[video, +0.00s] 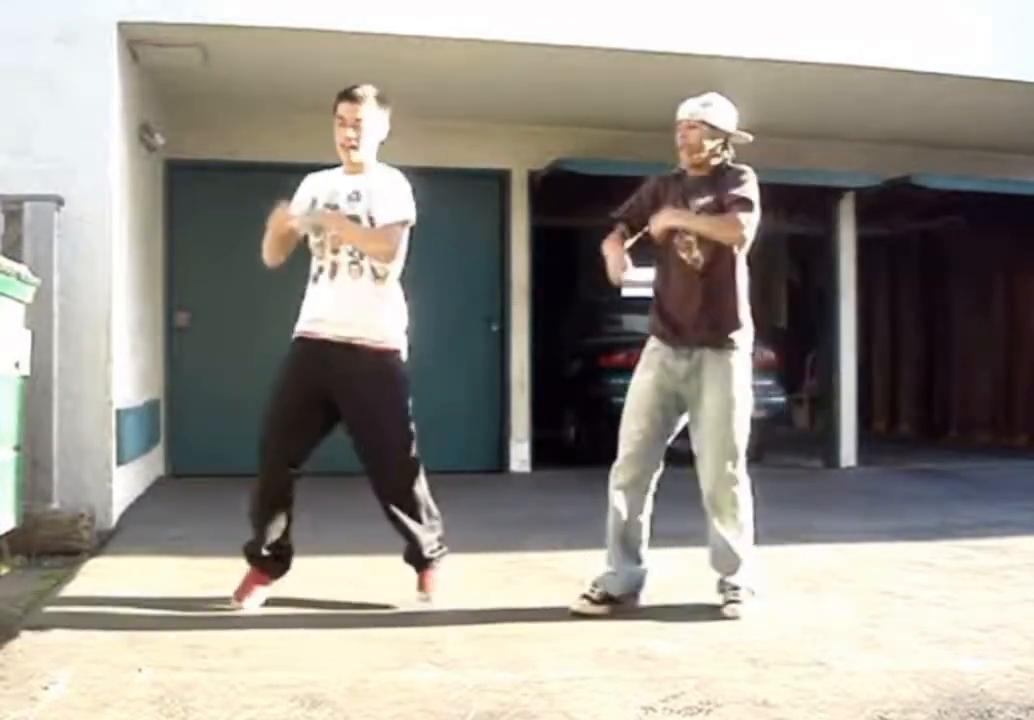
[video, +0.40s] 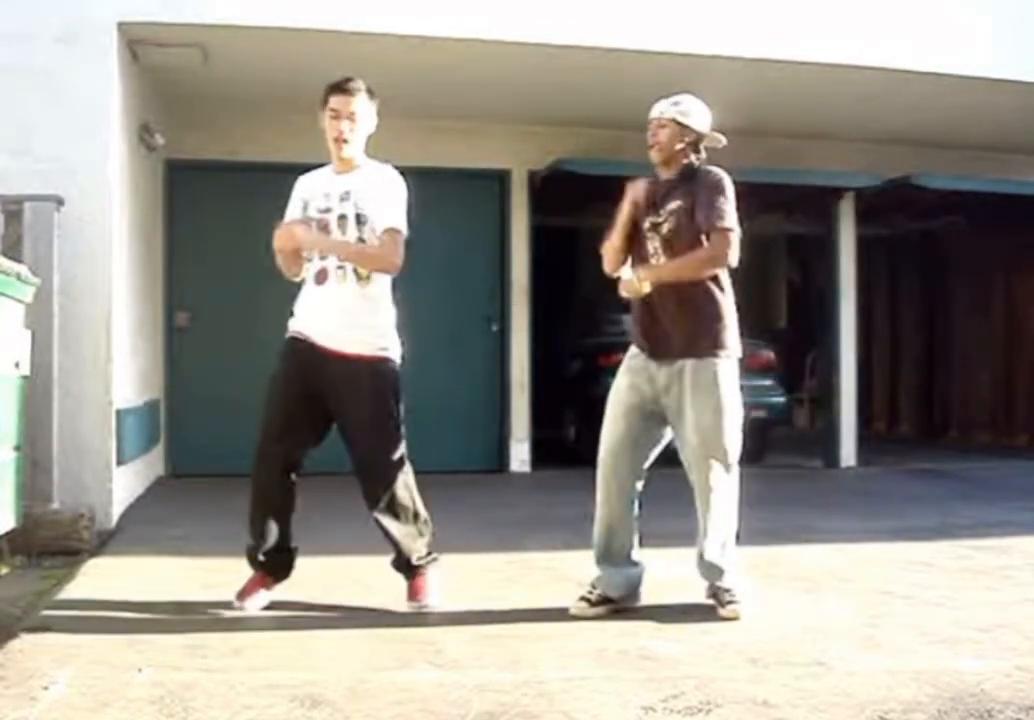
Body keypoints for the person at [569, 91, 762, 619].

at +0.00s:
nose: (685, 138)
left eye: (695, 129)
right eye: (681, 129)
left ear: (721, 137)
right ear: (676, 136)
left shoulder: (738, 180)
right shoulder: (662, 188)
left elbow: (738, 232)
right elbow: (616, 236)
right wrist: (617, 261)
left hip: (722, 349)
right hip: (664, 345)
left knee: (722, 472)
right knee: (631, 465)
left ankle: (735, 581)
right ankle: (621, 577)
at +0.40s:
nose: (651, 135)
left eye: (661, 126)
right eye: (650, 127)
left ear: (687, 136)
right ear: (654, 137)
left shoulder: (710, 182)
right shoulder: (640, 191)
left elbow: (720, 252)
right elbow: (612, 262)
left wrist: (652, 275)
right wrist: (629, 215)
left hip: (704, 355)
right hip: (645, 355)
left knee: (713, 467)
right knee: (615, 465)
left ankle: (722, 579)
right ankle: (616, 579)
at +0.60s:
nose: (688, 165)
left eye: (698, 155)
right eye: (680, 155)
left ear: (714, 157)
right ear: (665, 156)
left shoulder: (743, 197)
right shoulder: (650, 198)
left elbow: (805, 218)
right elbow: (600, 222)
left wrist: (858, 221)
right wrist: (540, 209)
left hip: (715, 360)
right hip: (653, 351)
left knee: (719, 468)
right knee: (587, 438)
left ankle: (722, 576)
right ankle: (609, 560)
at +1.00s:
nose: (711, 183)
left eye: (721, 173)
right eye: (704, 173)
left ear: (740, 173)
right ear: (692, 172)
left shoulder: (762, 220)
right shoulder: (672, 210)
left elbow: (827, 264)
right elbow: (610, 238)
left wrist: (857, 218)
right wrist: (595, 189)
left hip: (730, 367)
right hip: (672, 357)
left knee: (730, 477)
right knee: (606, 440)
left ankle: (723, 580)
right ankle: (642, 565)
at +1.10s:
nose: (708, 162)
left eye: (718, 153)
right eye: (701, 152)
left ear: (739, 150)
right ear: (690, 150)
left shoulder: (763, 201)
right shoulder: (673, 192)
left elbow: (808, 261)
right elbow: (629, 222)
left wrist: (803, 216)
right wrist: (623, 215)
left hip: (730, 357)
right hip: (669, 347)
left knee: (733, 470)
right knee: (615, 435)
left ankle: (725, 579)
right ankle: (619, 557)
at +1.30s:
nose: (713, 177)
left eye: (724, 167)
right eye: (706, 165)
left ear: (740, 166)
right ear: (693, 161)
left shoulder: (748, 221)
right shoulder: (659, 209)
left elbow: (768, 281)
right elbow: (611, 261)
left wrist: (838, 291)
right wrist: (611, 289)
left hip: (727, 368)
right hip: (666, 366)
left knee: (747, 478)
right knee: (652, 476)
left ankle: (730, 582)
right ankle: (581, 577)